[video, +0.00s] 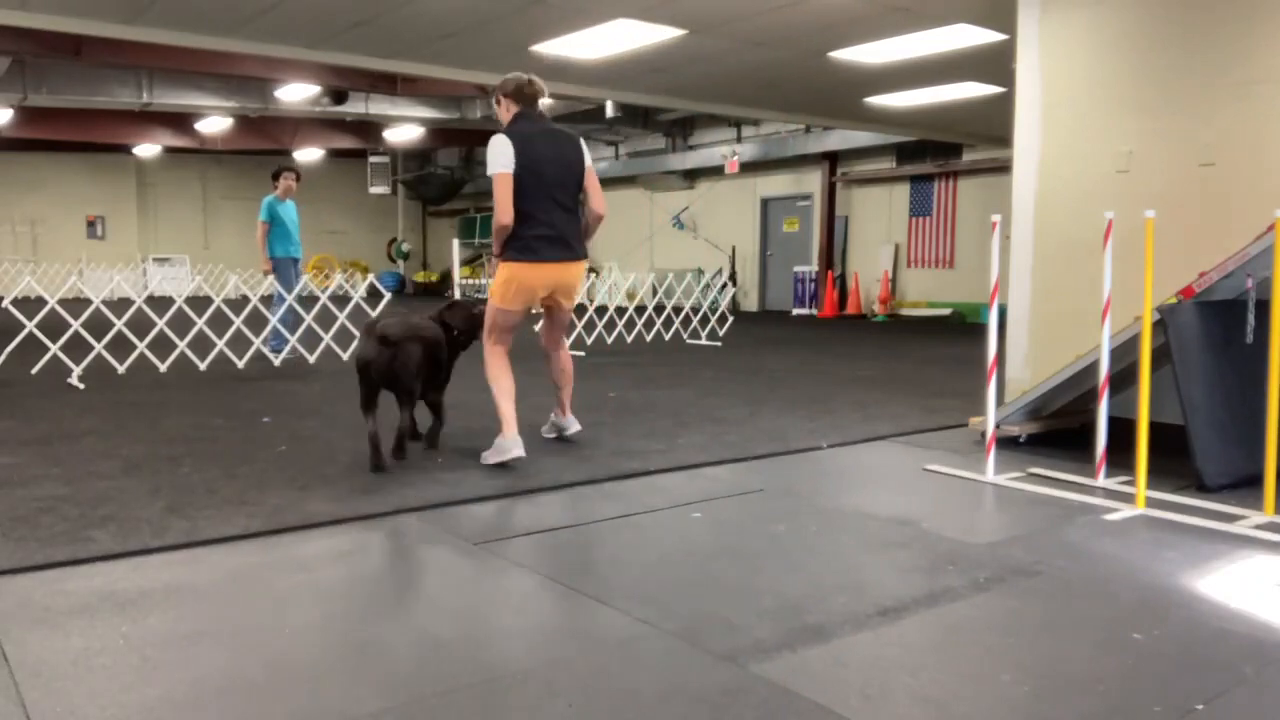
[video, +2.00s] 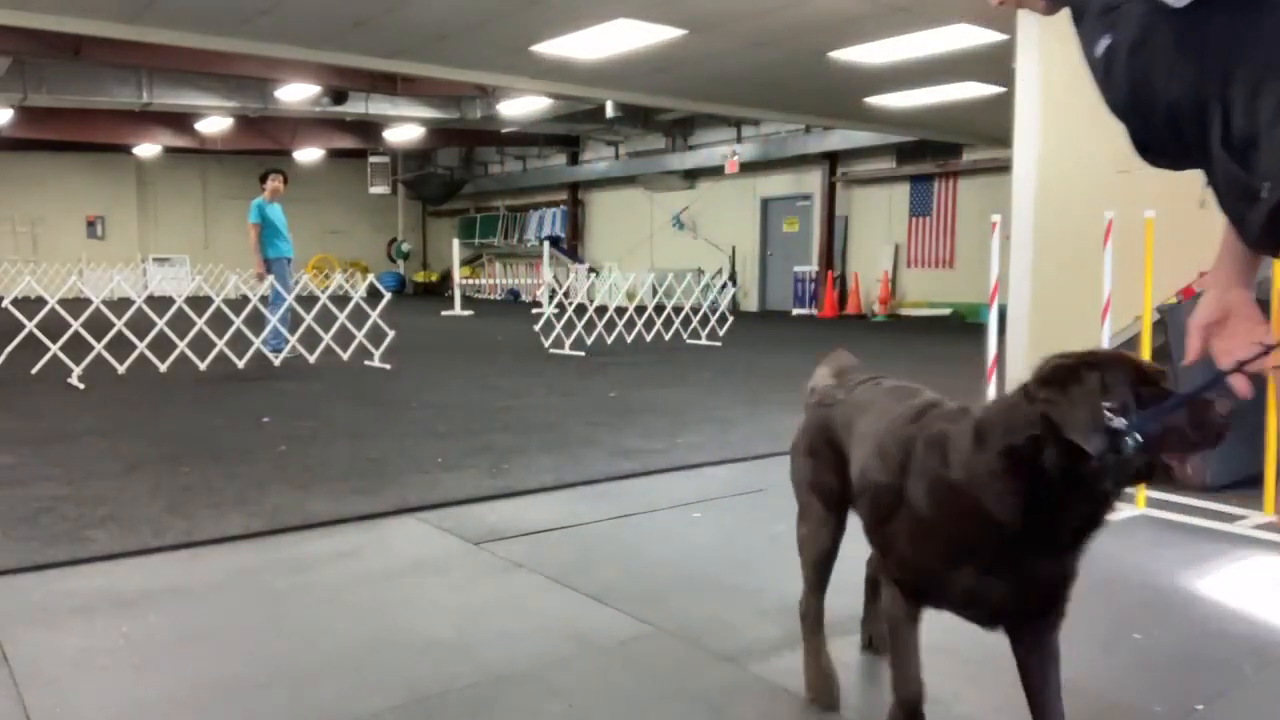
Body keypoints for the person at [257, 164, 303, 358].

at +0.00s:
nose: (290, 183)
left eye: (293, 180)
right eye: (286, 179)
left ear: (296, 184)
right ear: (277, 182)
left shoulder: (292, 205)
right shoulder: (269, 202)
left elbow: (293, 232)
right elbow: (262, 231)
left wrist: (298, 256)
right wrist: (265, 259)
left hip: (295, 255)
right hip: (279, 255)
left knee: (289, 299)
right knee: (284, 298)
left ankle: (282, 341)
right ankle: (276, 343)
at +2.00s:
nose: (277, 184)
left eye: (280, 181)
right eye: (273, 180)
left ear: (283, 187)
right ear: (264, 184)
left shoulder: (278, 207)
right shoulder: (257, 204)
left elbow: (281, 232)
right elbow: (254, 235)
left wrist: (288, 257)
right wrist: (259, 263)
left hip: (286, 256)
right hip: (273, 257)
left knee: (283, 300)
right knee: (280, 299)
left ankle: (278, 341)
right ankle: (275, 343)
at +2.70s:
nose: (282, 186)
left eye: (285, 183)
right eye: (278, 181)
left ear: (287, 187)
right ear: (268, 184)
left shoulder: (276, 207)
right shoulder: (262, 204)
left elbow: (280, 233)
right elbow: (259, 233)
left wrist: (287, 257)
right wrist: (266, 261)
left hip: (286, 257)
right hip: (277, 258)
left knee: (279, 300)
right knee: (283, 299)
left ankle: (276, 341)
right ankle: (275, 342)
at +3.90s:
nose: (283, 188)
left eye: (286, 184)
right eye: (280, 183)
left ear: (288, 188)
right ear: (270, 185)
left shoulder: (277, 207)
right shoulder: (262, 204)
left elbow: (280, 233)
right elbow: (260, 233)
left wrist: (288, 256)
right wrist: (266, 261)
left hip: (286, 256)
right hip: (277, 257)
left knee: (276, 299)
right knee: (286, 298)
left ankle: (272, 340)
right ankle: (276, 341)